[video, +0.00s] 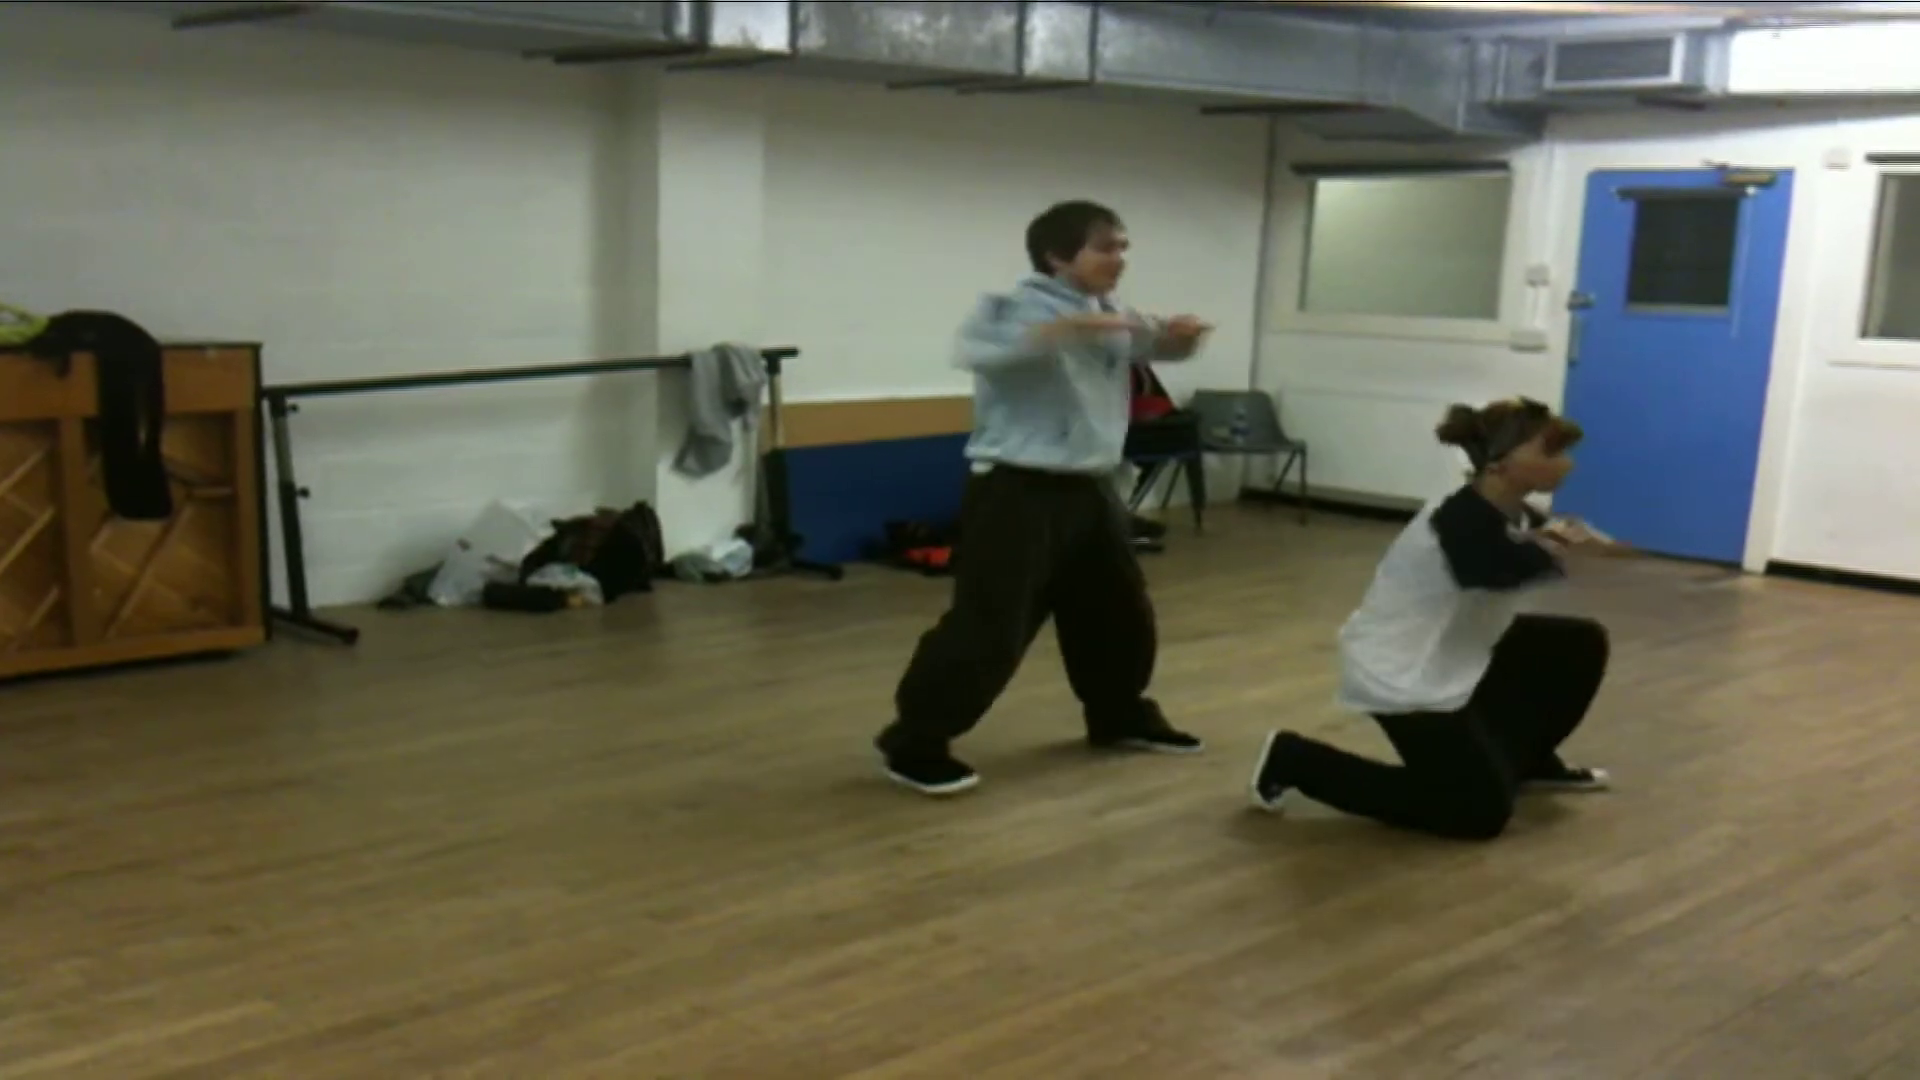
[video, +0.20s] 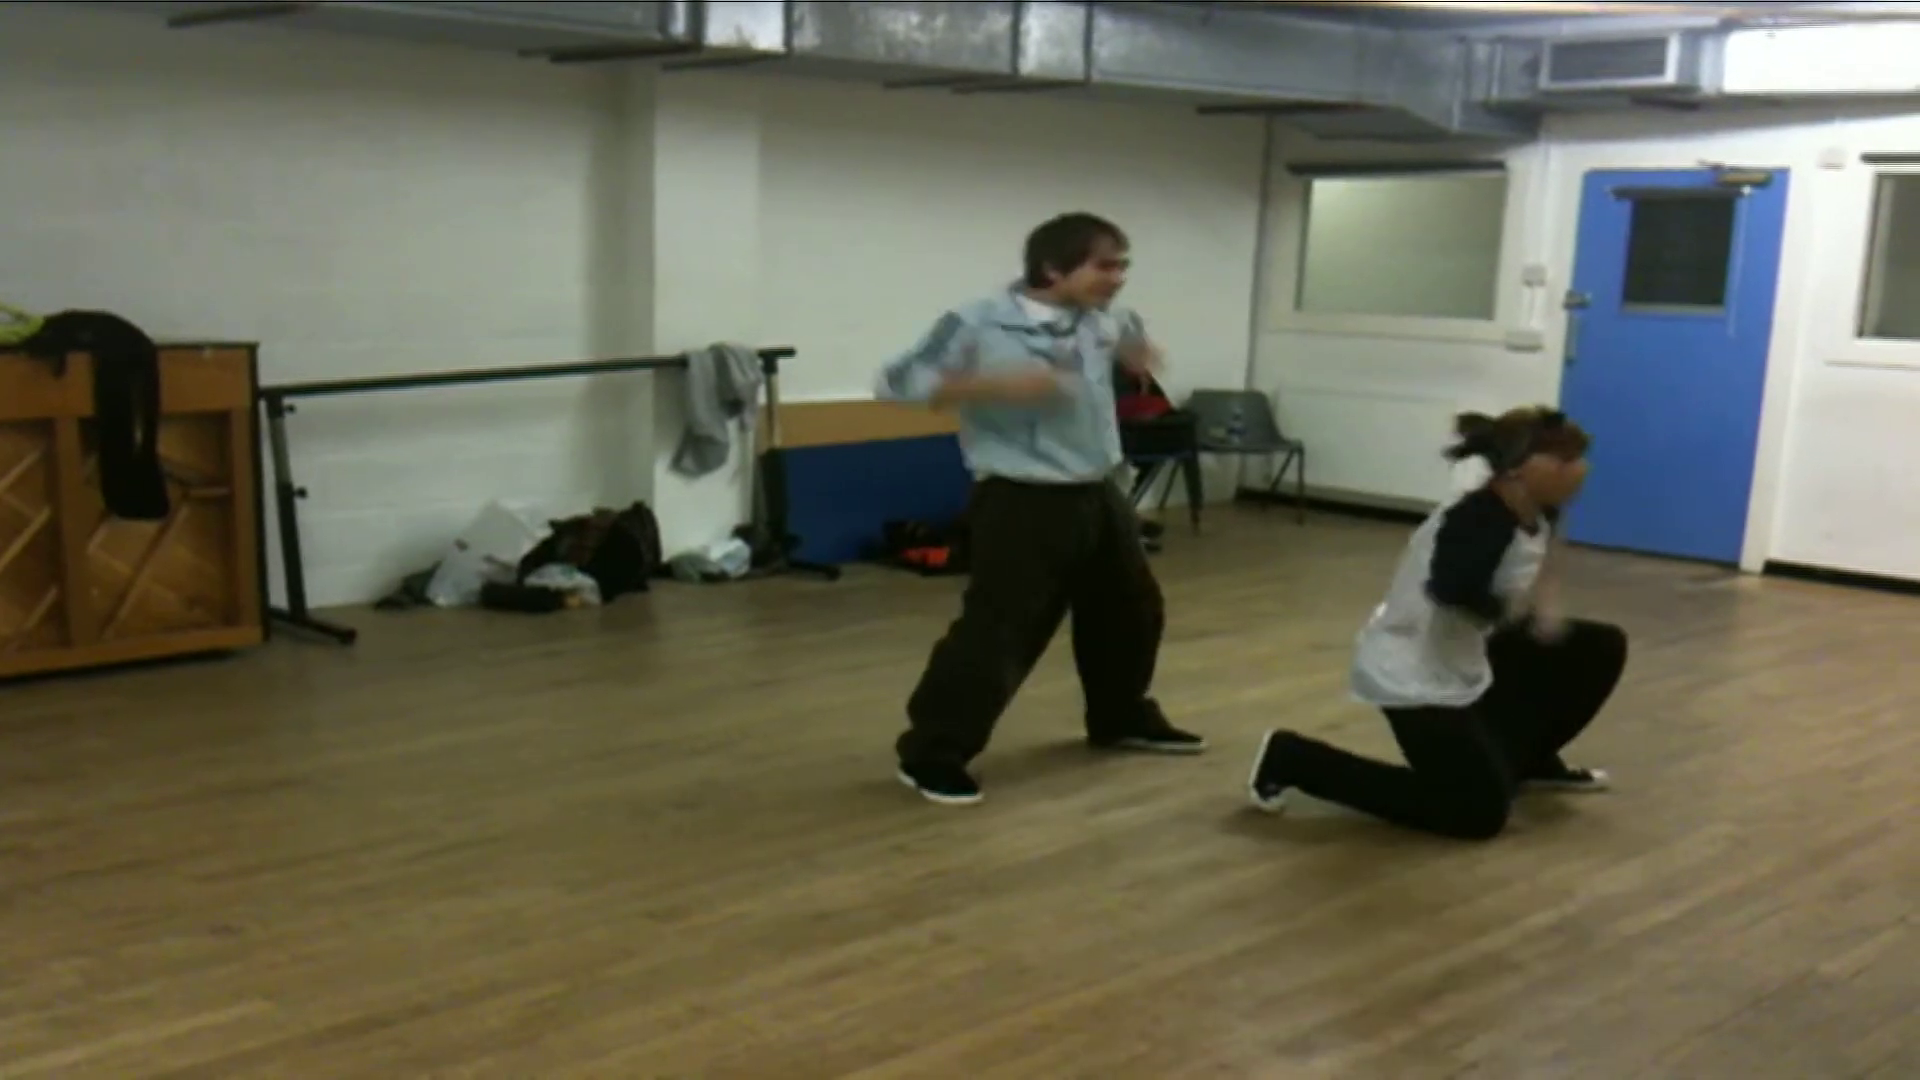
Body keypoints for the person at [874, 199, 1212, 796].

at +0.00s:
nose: (1121, 259)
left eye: (1122, 248)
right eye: (1109, 248)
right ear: (1065, 255)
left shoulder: (1112, 317)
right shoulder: (1014, 307)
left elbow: (1149, 341)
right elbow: (971, 351)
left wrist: (1175, 339)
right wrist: (1064, 331)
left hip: (1086, 491)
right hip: (1014, 492)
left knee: (1114, 614)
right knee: (989, 626)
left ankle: (1119, 718)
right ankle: (914, 743)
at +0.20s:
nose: (1118, 278)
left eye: (1121, 266)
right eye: (1107, 265)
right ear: (1059, 269)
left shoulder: (1100, 323)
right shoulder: (980, 323)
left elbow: (1133, 343)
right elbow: (898, 380)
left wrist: (1139, 360)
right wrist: (997, 385)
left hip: (1095, 499)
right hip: (1020, 505)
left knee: (1129, 609)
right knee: (998, 633)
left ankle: (1121, 719)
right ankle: (931, 753)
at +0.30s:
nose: (1147, 296)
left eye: (1149, 283)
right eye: (1135, 283)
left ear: (1094, 290)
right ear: (1084, 288)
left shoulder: (1121, 348)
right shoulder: (999, 347)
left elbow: (1134, 416)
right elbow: (932, 431)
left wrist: (1134, 469)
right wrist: (997, 502)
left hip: (1092, 516)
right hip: (1020, 517)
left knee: (1131, 612)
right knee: (998, 640)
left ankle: (1123, 720)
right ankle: (930, 754)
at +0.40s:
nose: (1160, 311)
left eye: (1160, 299)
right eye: (1147, 300)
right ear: (1096, 309)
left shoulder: (1134, 374)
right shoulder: (1015, 371)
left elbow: (1133, 453)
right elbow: (969, 473)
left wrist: (1140, 518)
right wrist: (1019, 546)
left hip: (1082, 525)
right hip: (1007, 528)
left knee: (1144, 609)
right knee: (1011, 634)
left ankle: (1124, 719)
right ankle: (930, 753)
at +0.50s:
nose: (1169, 307)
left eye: (1168, 296)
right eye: (1154, 298)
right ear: (1105, 311)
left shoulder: (1153, 369)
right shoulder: (1035, 367)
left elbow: (1180, 443)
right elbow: (1031, 473)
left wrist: (1209, 501)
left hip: (1068, 520)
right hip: (999, 515)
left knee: (1144, 605)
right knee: (1012, 630)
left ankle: (1121, 716)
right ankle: (930, 751)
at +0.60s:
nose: (1192, 285)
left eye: (1193, 274)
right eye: (1177, 275)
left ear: (1190, 283)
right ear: (1134, 286)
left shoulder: (1193, 344)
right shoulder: (1080, 341)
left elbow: (1243, 390)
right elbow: (1093, 420)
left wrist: (1275, 412)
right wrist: (1198, 430)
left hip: (1103, 502)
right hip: (1031, 498)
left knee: (1143, 608)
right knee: (1023, 622)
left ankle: (1110, 715)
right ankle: (941, 742)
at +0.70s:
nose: (1203, 269)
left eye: (1207, 258)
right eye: (1189, 258)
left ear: (1212, 264)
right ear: (1148, 266)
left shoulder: (1210, 311)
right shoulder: (1113, 316)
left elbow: (1272, 323)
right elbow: (1113, 370)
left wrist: (1286, 318)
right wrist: (1220, 340)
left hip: (1130, 482)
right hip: (1067, 480)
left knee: (1166, 594)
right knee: (1074, 598)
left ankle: (1119, 707)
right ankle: (1010, 698)